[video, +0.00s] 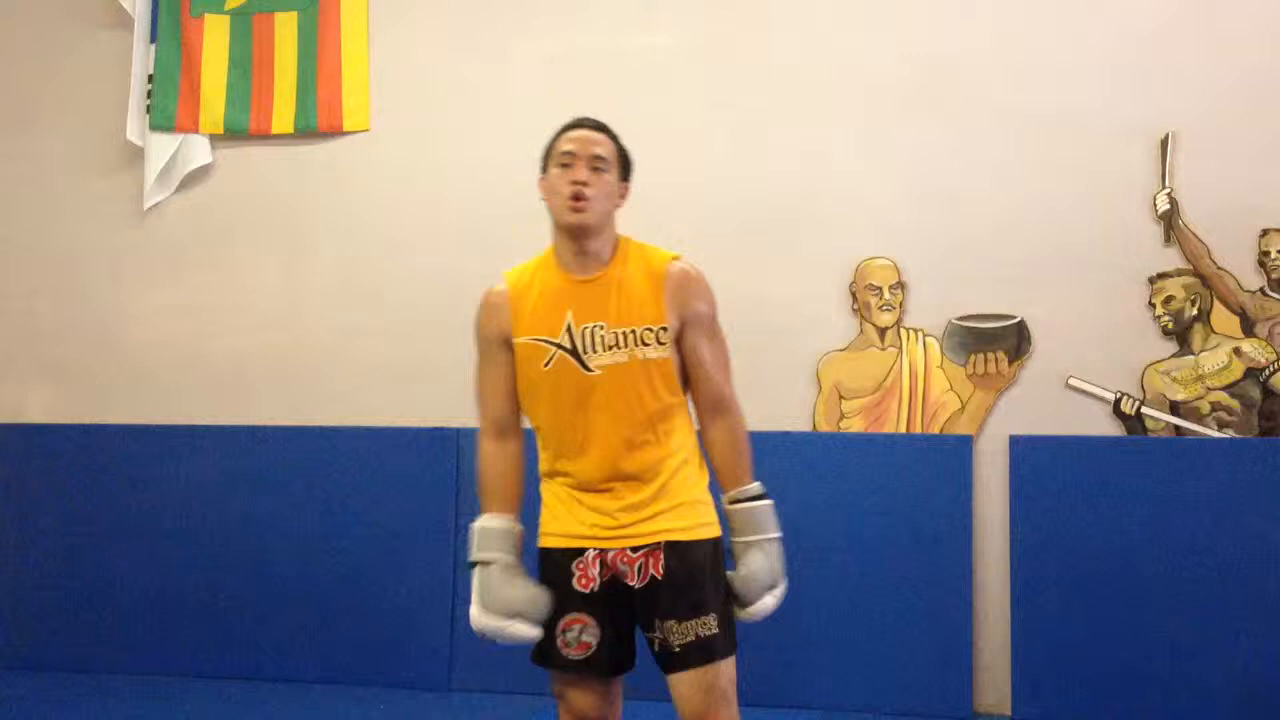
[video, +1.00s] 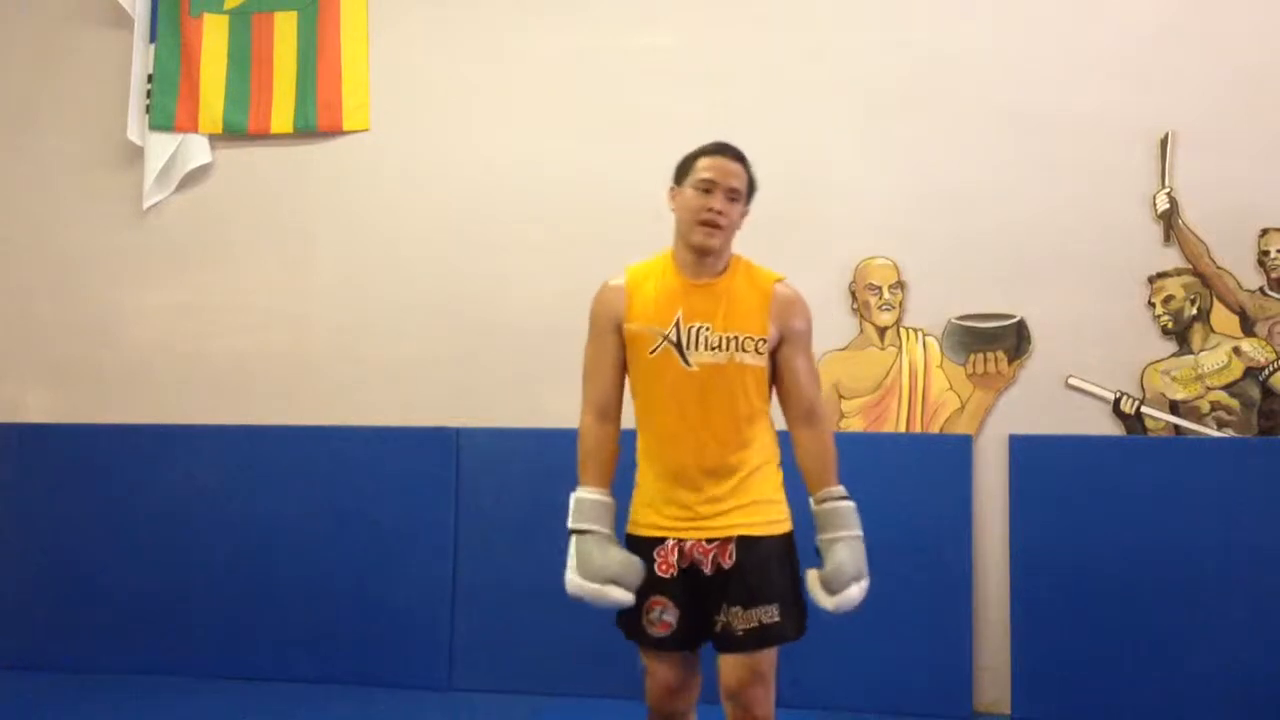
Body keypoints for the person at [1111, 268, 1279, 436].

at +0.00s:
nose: (1158, 314)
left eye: (1168, 302)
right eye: (1154, 307)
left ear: (1195, 303)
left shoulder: (1251, 350)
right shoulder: (1158, 374)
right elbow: (1164, 450)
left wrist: (1271, 373)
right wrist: (1134, 425)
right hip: (1191, 473)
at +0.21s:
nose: (1158, 313)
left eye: (1168, 302)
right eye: (1154, 307)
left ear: (1195, 303)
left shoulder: (1251, 349)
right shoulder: (1158, 374)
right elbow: (1164, 449)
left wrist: (1271, 374)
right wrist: (1134, 425)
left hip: (1250, 466)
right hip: (1191, 472)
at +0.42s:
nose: (1158, 313)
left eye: (1167, 301)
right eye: (1153, 307)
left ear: (1195, 303)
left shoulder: (1251, 349)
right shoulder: (1158, 374)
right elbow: (1163, 450)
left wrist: (1270, 374)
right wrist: (1133, 425)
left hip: (1251, 466)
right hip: (1192, 472)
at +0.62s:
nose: (1158, 313)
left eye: (1167, 302)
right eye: (1153, 307)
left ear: (1195, 303)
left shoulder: (1251, 350)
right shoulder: (1158, 374)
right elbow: (1163, 450)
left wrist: (1270, 373)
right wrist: (1133, 425)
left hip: (1250, 466)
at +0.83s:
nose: (1157, 313)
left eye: (1167, 302)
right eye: (1153, 307)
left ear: (1195, 303)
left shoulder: (1251, 349)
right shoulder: (1158, 374)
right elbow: (1163, 449)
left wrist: (1270, 372)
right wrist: (1133, 425)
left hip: (1249, 465)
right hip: (1191, 471)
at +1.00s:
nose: (1158, 313)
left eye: (1167, 301)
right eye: (1153, 306)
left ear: (1195, 302)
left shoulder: (1251, 350)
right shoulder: (1158, 374)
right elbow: (1163, 450)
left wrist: (1270, 374)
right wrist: (1133, 425)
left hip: (1250, 465)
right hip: (1192, 472)